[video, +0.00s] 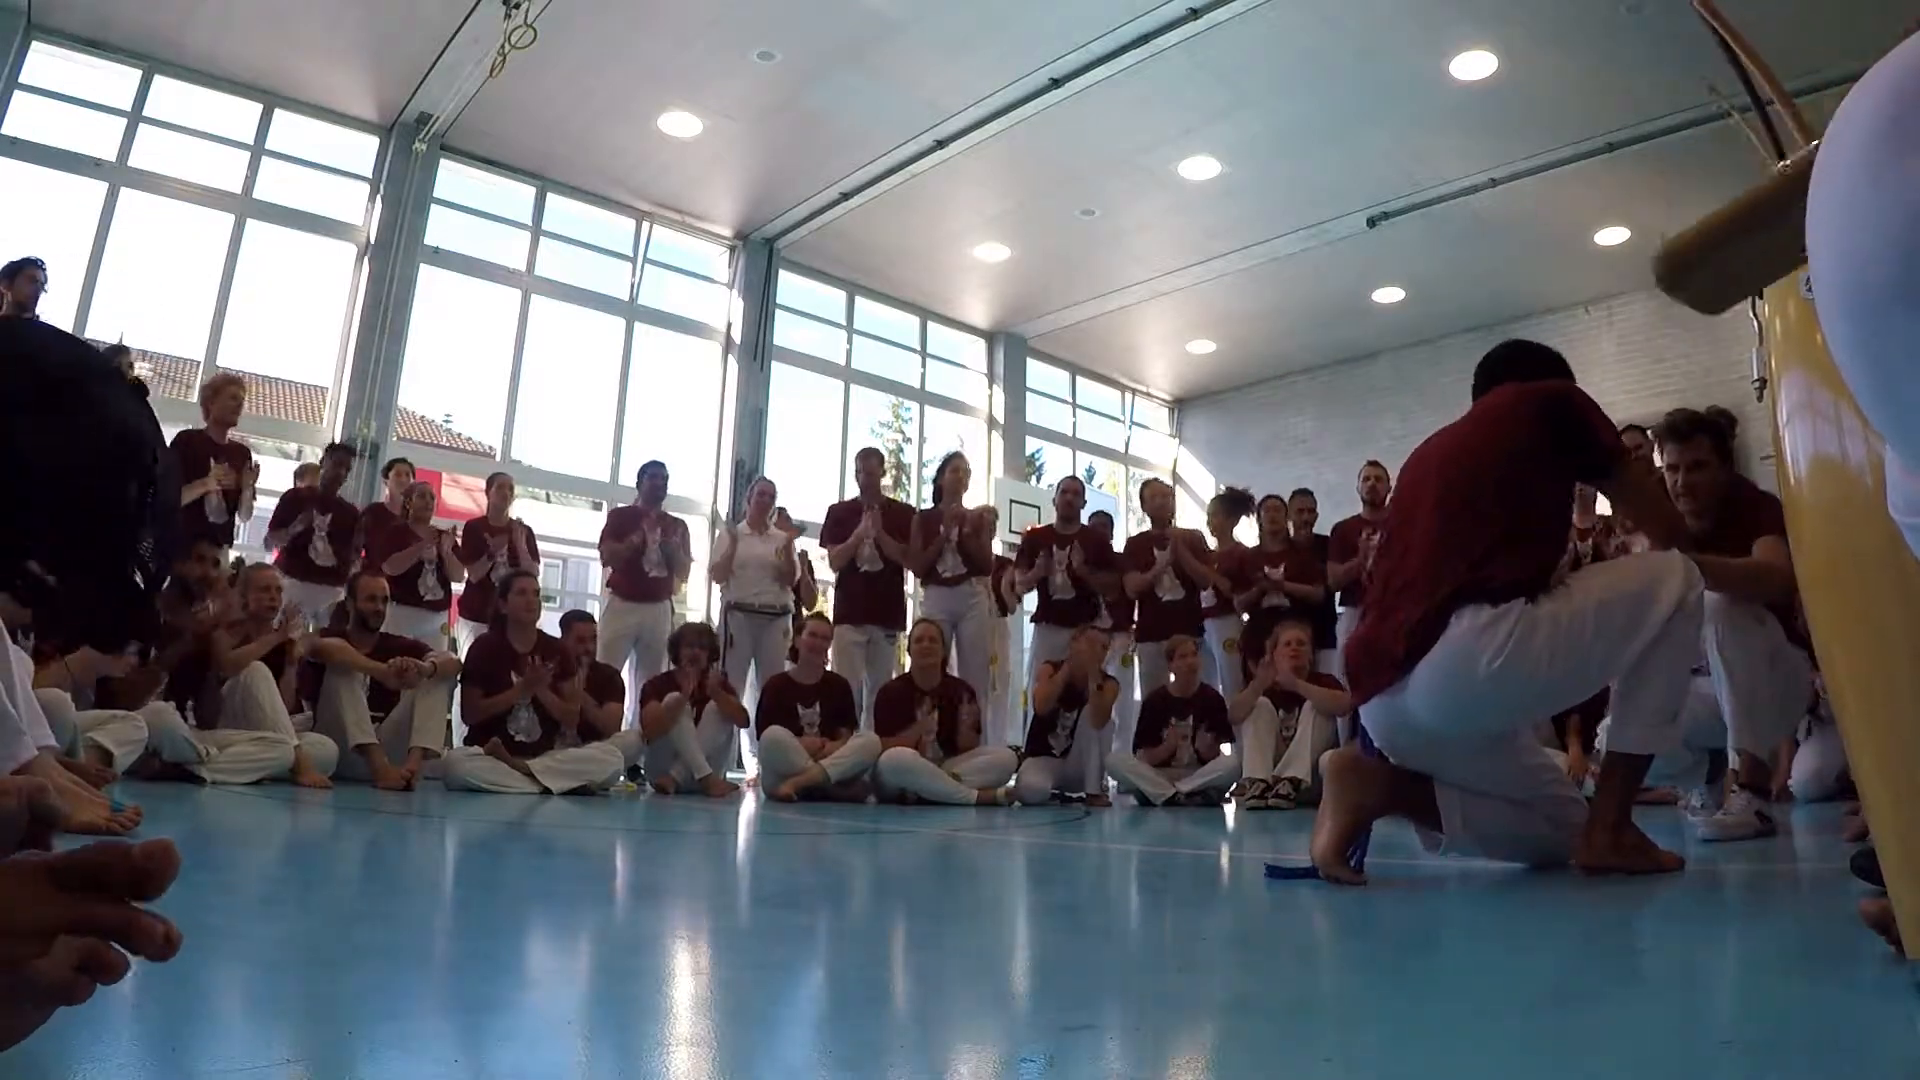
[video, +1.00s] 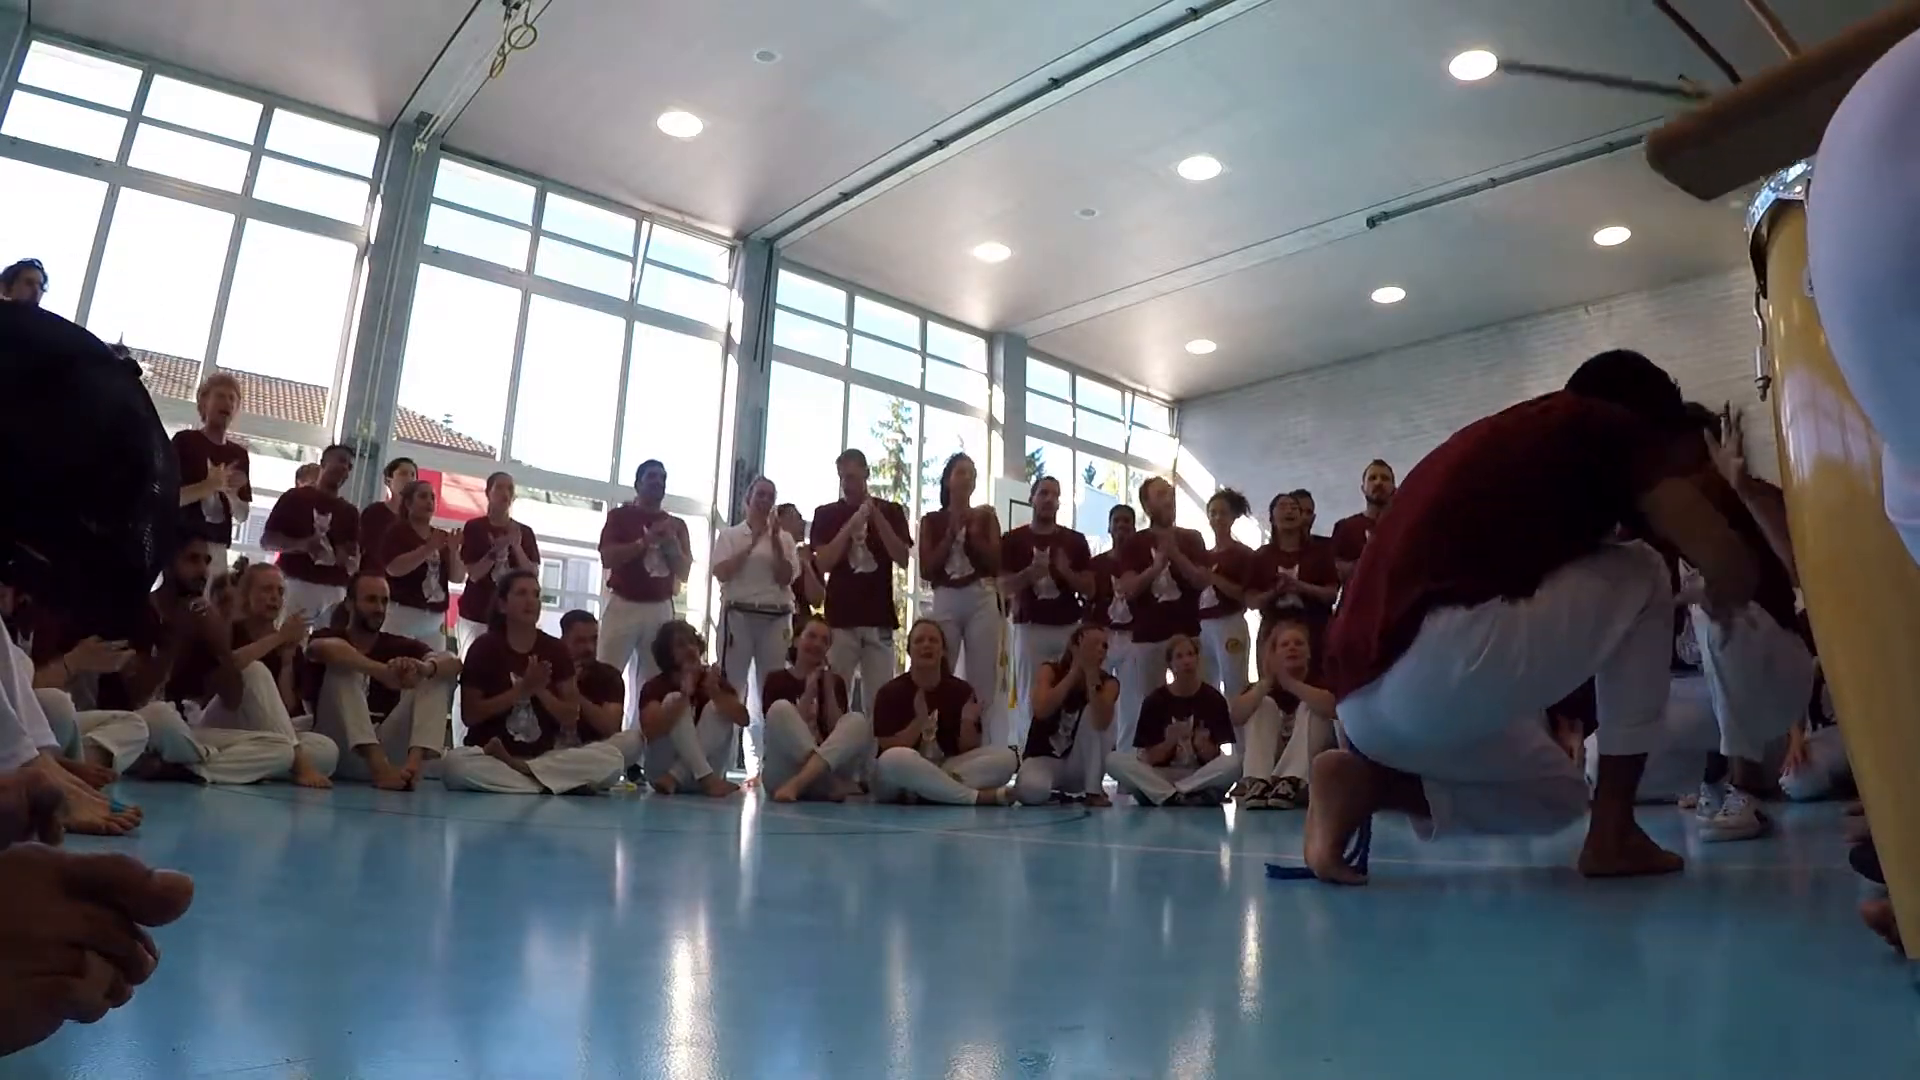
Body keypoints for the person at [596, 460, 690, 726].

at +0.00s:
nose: (658, 484)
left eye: (663, 479)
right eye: (652, 478)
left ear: (667, 486)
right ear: (639, 483)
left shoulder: (677, 525)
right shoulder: (619, 516)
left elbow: (683, 573)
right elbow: (607, 557)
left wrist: (673, 550)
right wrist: (631, 543)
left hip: (658, 610)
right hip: (621, 607)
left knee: (651, 687)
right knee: (605, 681)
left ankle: (645, 750)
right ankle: (598, 746)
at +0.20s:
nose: (657, 482)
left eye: (661, 478)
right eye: (651, 476)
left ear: (666, 485)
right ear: (638, 483)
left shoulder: (677, 524)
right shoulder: (619, 516)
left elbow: (684, 572)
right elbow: (608, 556)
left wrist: (669, 542)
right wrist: (645, 539)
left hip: (658, 610)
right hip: (621, 607)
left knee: (651, 687)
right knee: (604, 680)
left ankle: (645, 749)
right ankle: (597, 745)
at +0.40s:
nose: (657, 482)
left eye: (661, 478)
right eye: (651, 476)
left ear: (666, 485)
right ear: (637, 482)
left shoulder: (676, 524)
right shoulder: (618, 516)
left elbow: (684, 573)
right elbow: (607, 558)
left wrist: (673, 547)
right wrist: (636, 538)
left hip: (659, 610)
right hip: (621, 607)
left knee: (652, 688)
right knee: (605, 682)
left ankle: (645, 751)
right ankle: (598, 747)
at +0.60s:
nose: (656, 481)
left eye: (660, 477)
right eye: (650, 476)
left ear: (665, 485)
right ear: (637, 483)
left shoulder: (677, 524)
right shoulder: (618, 517)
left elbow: (684, 572)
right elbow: (610, 559)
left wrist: (670, 543)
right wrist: (645, 542)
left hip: (659, 610)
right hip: (621, 607)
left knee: (652, 688)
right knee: (605, 682)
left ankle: (645, 751)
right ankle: (598, 747)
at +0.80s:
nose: (656, 481)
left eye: (661, 477)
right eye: (650, 476)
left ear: (665, 485)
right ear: (637, 483)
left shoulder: (676, 524)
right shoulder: (618, 517)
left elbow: (684, 571)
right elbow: (610, 558)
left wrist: (669, 540)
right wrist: (645, 540)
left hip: (660, 610)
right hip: (621, 607)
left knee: (652, 688)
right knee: (606, 682)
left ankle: (645, 750)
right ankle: (599, 748)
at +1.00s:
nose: (657, 481)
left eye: (661, 477)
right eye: (651, 476)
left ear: (666, 485)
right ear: (637, 483)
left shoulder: (676, 524)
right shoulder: (618, 516)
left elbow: (684, 573)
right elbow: (609, 558)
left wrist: (670, 543)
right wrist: (646, 542)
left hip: (660, 610)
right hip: (621, 607)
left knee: (653, 688)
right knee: (606, 682)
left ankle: (646, 754)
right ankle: (600, 749)